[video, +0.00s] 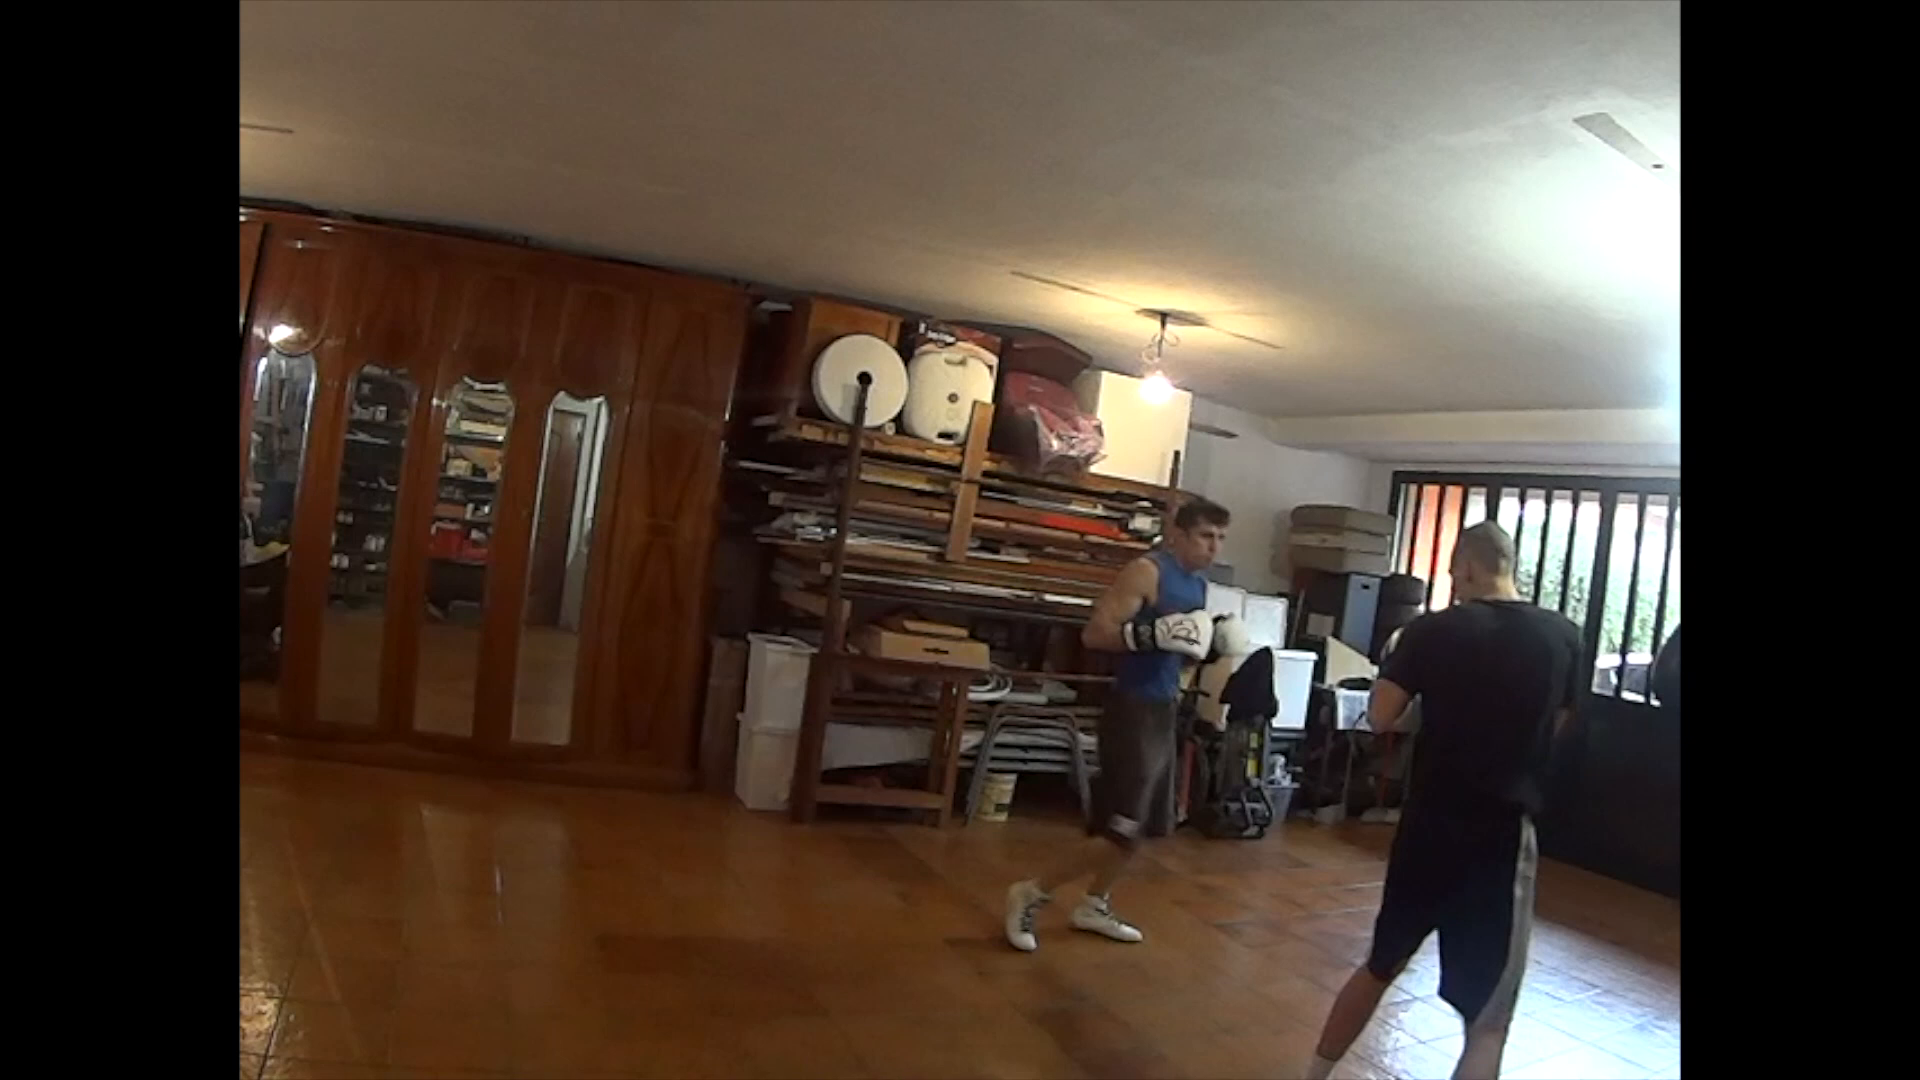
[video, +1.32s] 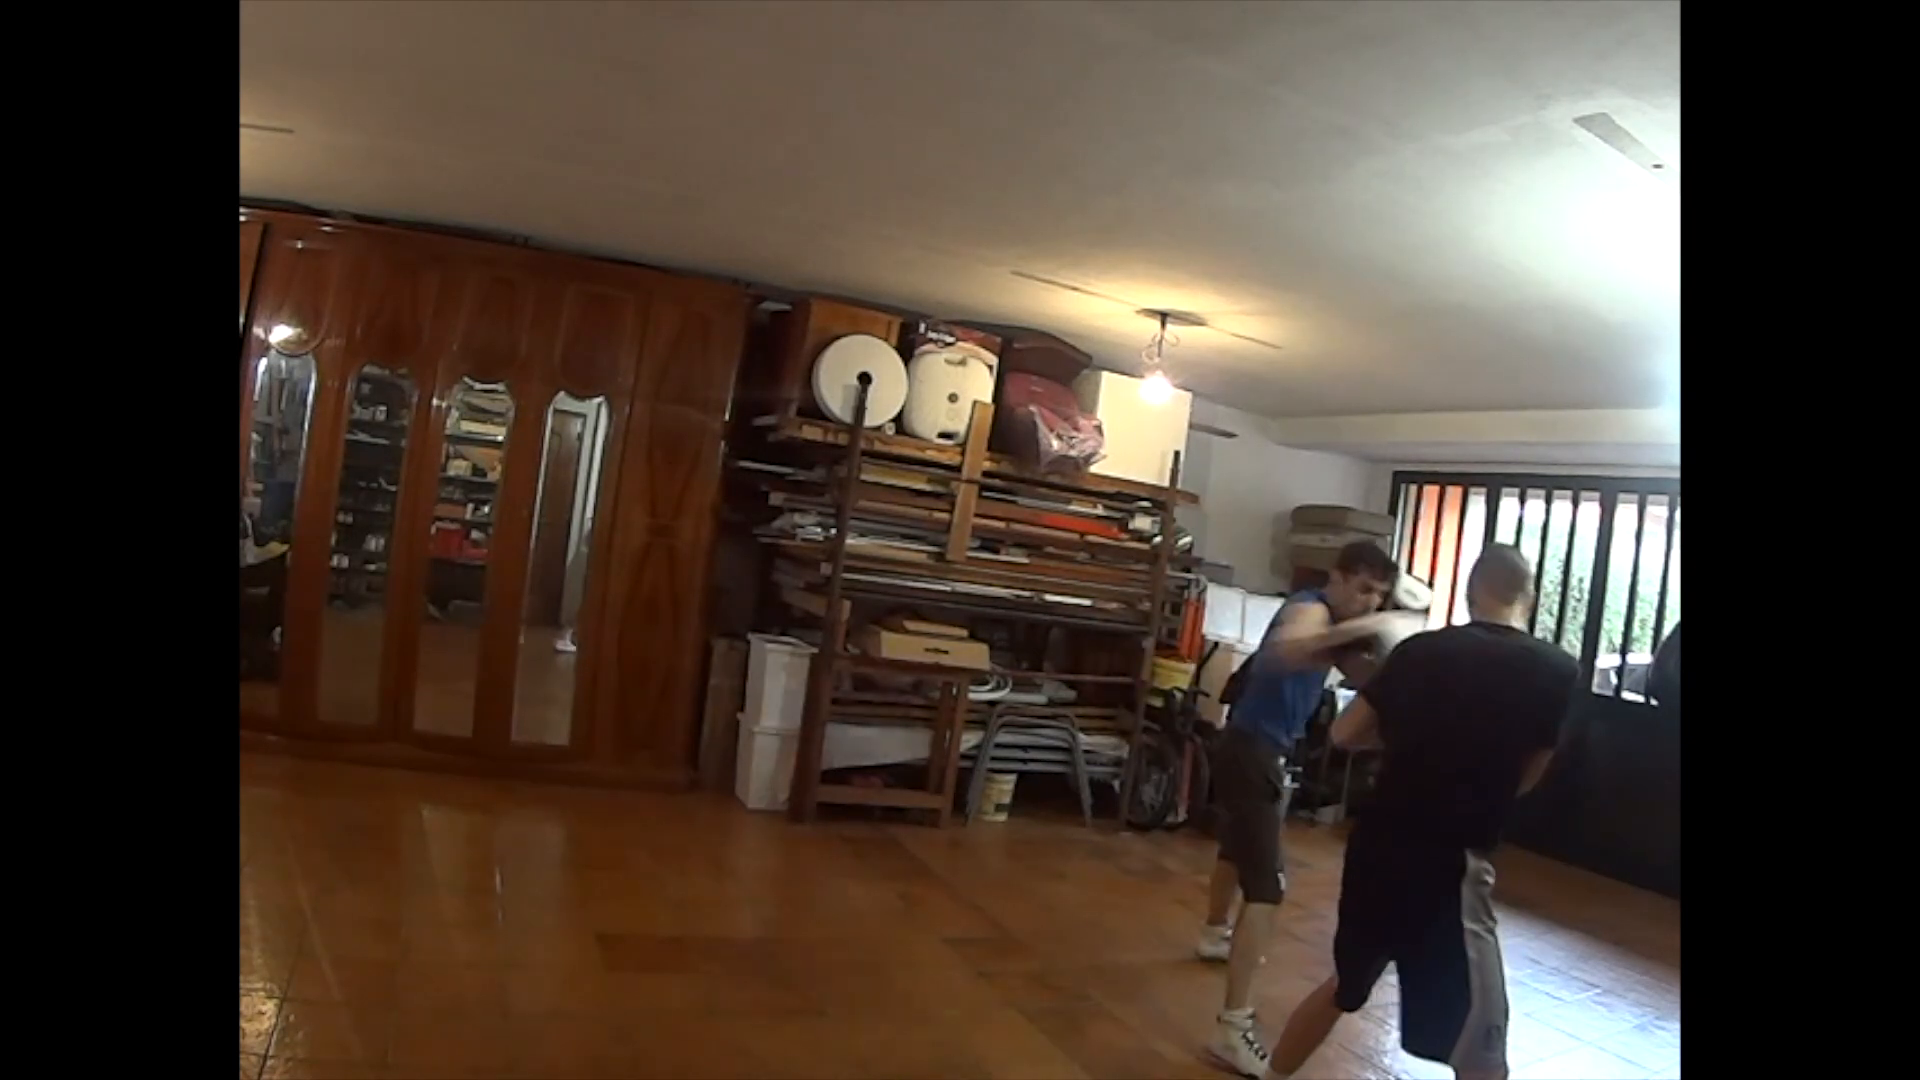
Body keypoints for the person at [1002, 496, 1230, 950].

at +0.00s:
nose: (1214, 548)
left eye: (1219, 540)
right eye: (1206, 537)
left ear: (1220, 543)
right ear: (1176, 533)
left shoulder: (1197, 586)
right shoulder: (1145, 571)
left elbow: (1179, 652)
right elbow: (1095, 634)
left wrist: (1213, 644)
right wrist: (1151, 633)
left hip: (1163, 713)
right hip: (1132, 710)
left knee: (1143, 825)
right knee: (1121, 832)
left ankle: (1093, 905)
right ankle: (1030, 893)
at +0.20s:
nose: (1231, 544)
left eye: (1238, 537)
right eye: (1223, 534)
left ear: (1242, 541)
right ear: (1201, 530)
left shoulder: (1219, 581)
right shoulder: (1167, 562)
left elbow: (1213, 665)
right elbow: (1113, 625)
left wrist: (1241, 620)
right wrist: (1171, 606)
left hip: (1178, 704)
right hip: (1150, 700)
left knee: (1151, 821)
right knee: (1165, 826)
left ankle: (1105, 907)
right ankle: (1091, 909)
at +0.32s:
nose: (1243, 546)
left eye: (1250, 539)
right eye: (1235, 536)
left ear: (1257, 542)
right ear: (1214, 532)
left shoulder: (1232, 589)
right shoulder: (1180, 564)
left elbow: (1242, 665)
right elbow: (1139, 634)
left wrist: (1262, 613)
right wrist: (1184, 592)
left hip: (1198, 710)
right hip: (1167, 705)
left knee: (1154, 823)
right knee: (1171, 833)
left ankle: (1099, 897)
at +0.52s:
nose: (1269, 568)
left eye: (1272, 561)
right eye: (1266, 558)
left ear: (1265, 563)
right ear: (1241, 553)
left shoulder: (1260, 602)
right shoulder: (1195, 588)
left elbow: (1282, 670)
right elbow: (1202, 667)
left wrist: (1300, 613)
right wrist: (1221, 598)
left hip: (1226, 731)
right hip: (1192, 728)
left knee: (1199, 849)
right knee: (1210, 857)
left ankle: (1124, 890)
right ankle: (1188, 983)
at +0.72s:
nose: (1291, 565)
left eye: (1294, 559)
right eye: (1286, 555)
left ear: (1291, 561)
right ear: (1260, 549)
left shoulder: (1287, 594)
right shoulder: (1219, 587)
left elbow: (1311, 662)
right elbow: (1246, 663)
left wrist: (1323, 599)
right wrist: (1253, 588)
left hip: (1253, 729)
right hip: (1214, 727)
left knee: (1235, 840)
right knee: (1217, 864)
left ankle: (1182, 913)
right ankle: (1189, 983)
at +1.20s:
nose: (1342, 594)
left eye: (1349, 586)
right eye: (1336, 582)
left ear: (1350, 586)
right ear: (1308, 571)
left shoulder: (1331, 623)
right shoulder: (1262, 612)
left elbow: (1364, 683)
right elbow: (1224, 686)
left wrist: (1388, 623)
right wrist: (1270, 657)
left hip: (1282, 751)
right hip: (1248, 746)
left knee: (1262, 856)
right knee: (1275, 882)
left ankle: (1216, 933)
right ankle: (1244, 1010)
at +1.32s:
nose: (1368, 601)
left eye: (1375, 596)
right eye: (1364, 589)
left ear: (1375, 597)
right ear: (1337, 576)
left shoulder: (1335, 625)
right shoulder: (1310, 609)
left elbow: (1371, 677)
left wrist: (1404, 635)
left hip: (1257, 748)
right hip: (1253, 750)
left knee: (1235, 848)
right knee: (1265, 893)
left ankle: (1214, 932)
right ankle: (1235, 1023)